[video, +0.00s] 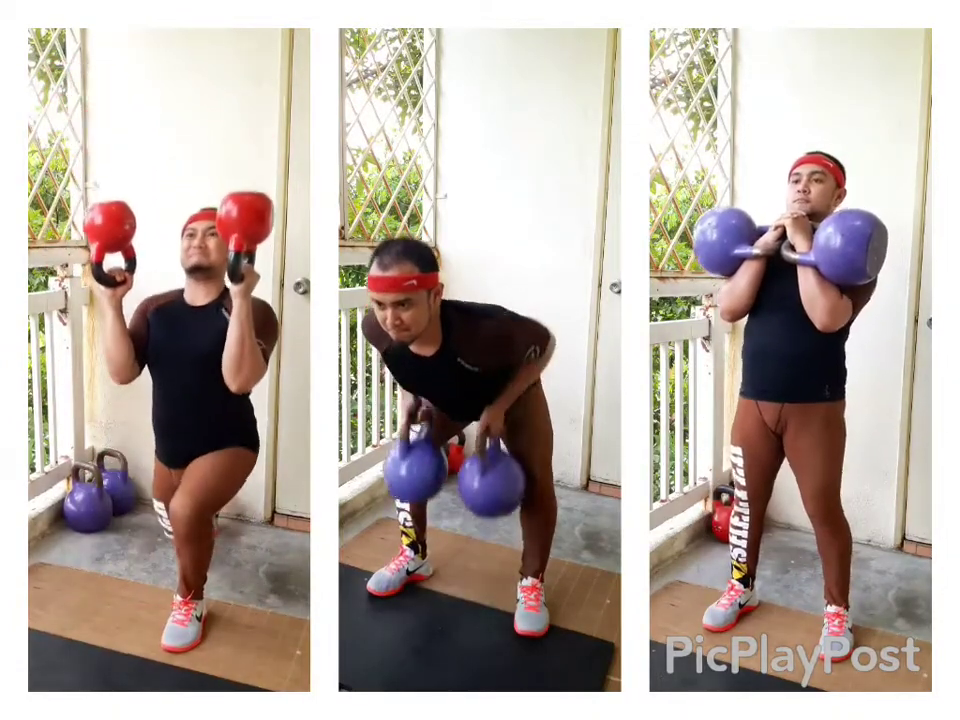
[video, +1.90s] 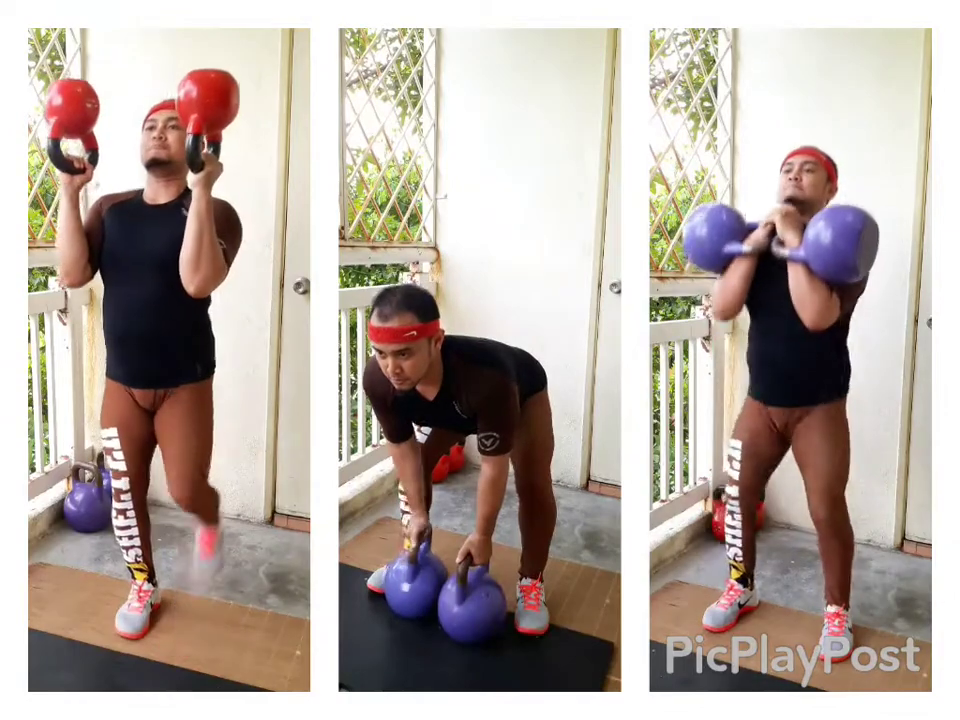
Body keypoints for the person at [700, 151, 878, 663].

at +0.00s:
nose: (801, 187)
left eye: (815, 180)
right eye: (795, 180)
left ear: (840, 195)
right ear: (784, 192)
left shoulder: (848, 255)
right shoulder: (761, 246)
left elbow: (828, 317)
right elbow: (729, 308)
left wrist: (802, 246)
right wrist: (763, 247)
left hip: (814, 406)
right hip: (754, 400)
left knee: (823, 513)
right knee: (748, 502)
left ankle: (836, 610)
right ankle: (740, 586)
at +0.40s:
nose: (789, 238)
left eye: (802, 230)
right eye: (782, 230)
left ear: (825, 241)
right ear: (773, 239)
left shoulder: (840, 302)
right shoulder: (757, 296)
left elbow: (822, 374)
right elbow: (727, 362)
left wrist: (795, 302)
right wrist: (756, 305)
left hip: (830, 438)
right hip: (773, 434)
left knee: (828, 533)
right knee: (727, 510)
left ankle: (835, 613)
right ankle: (740, 587)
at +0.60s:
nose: (787, 297)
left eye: (800, 288)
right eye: (780, 288)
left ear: (821, 299)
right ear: (770, 298)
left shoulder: (836, 356)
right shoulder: (753, 352)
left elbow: (821, 436)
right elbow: (726, 421)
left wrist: (793, 367)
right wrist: (753, 371)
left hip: (832, 472)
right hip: (775, 469)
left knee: (827, 545)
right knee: (718, 521)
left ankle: (836, 616)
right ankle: (740, 588)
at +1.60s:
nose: (782, 244)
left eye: (794, 236)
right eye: (774, 236)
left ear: (817, 248)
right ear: (765, 247)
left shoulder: (829, 311)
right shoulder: (749, 307)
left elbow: (818, 391)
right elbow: (721, 377)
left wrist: (789, 323)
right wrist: (747, 324)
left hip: (827, 440)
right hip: (770, 436)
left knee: (827, 534)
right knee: (721, 510)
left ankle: (836, 614)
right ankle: (740, 586)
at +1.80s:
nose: (790, 190)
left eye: (804, 183)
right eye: (782, 183)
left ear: (825, 201)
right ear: (771, 198)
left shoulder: (836, 261)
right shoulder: (749, 254)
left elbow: (818, 336)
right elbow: (722, 325)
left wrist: (790, 267)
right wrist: (749, 262)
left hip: (826, 414)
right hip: (766, 410)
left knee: (831, 518)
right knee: (734, 495)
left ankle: (837, 612)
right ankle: (740, 585)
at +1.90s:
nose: (794, 178)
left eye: (808, 172)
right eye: (787, 171)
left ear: (832, 189)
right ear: (776, 186)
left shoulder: (840, 249)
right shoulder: (754, 242)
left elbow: (817, 315)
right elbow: (722, 308)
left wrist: (793, 242)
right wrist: (753, 244)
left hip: (820, 408)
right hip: (761, 402)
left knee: (827, 511)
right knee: (741, 497)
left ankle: (836, 610)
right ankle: (740, 586)